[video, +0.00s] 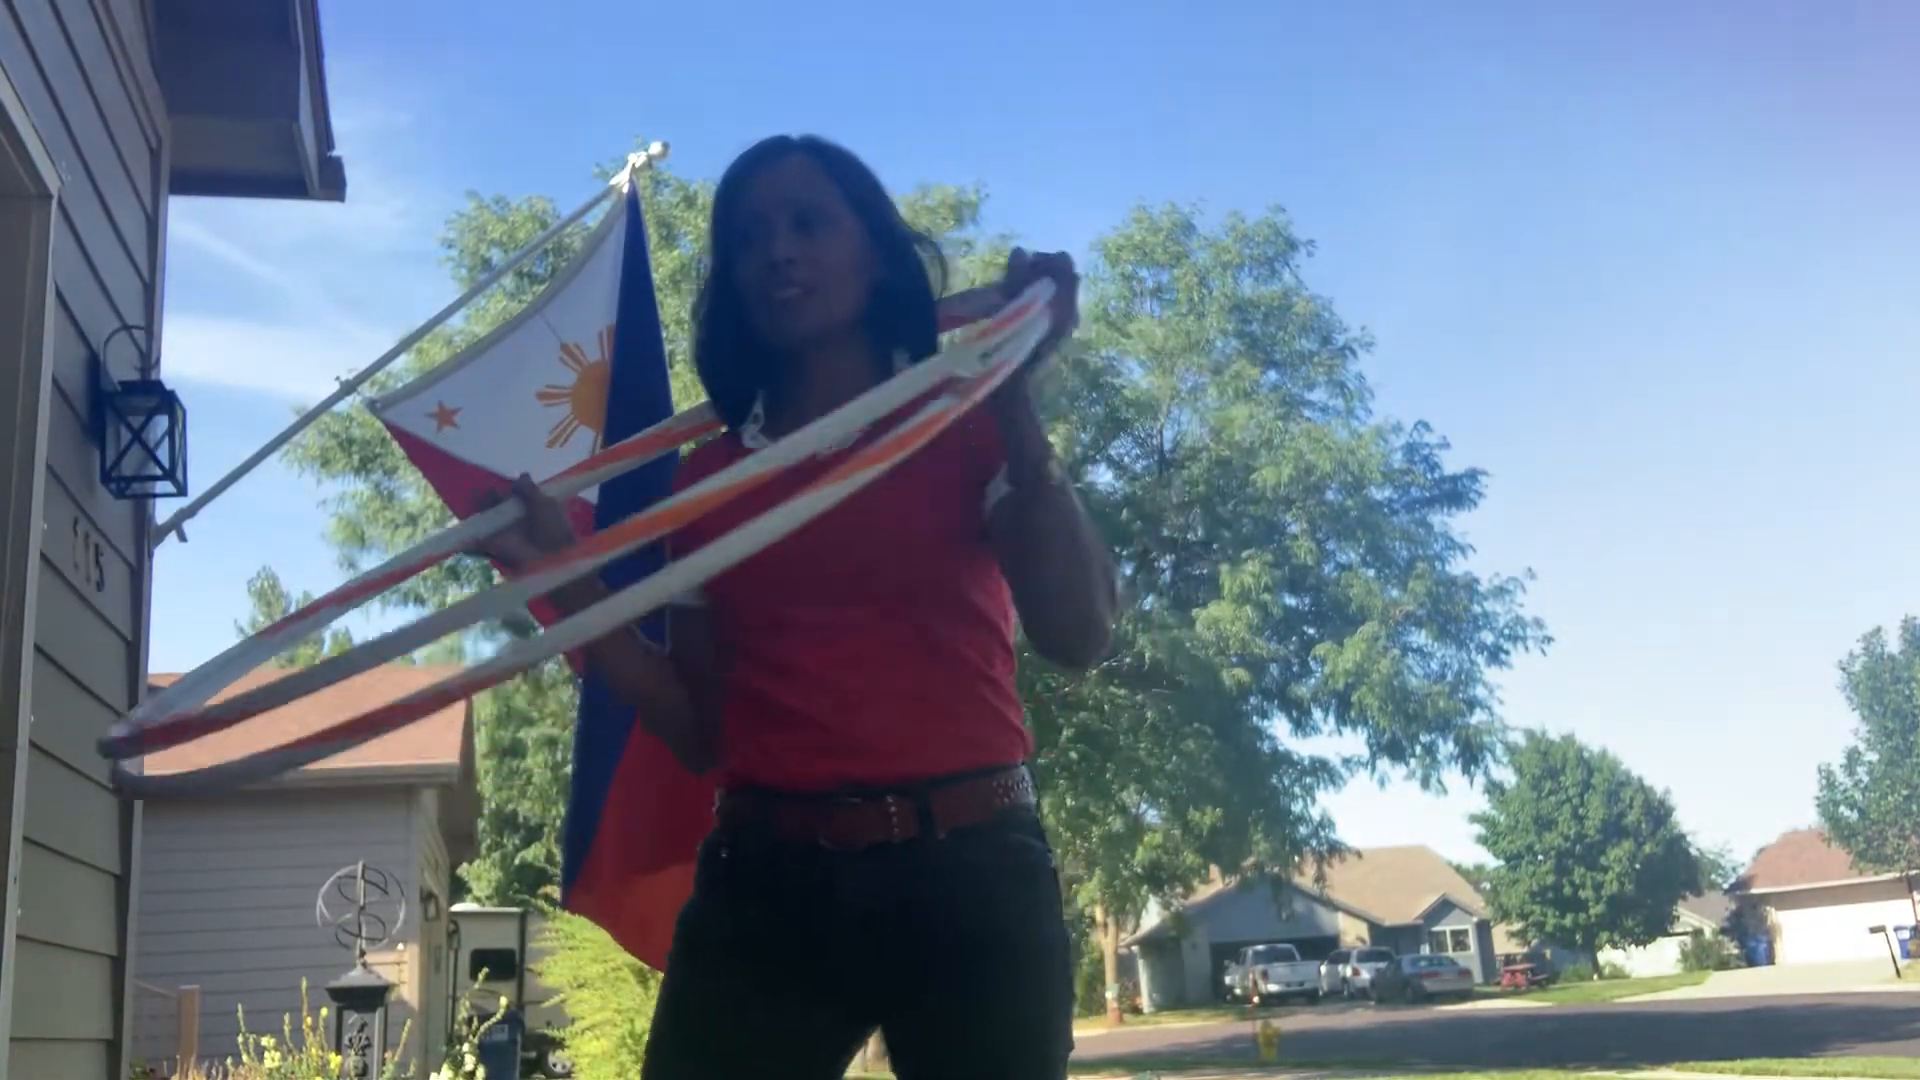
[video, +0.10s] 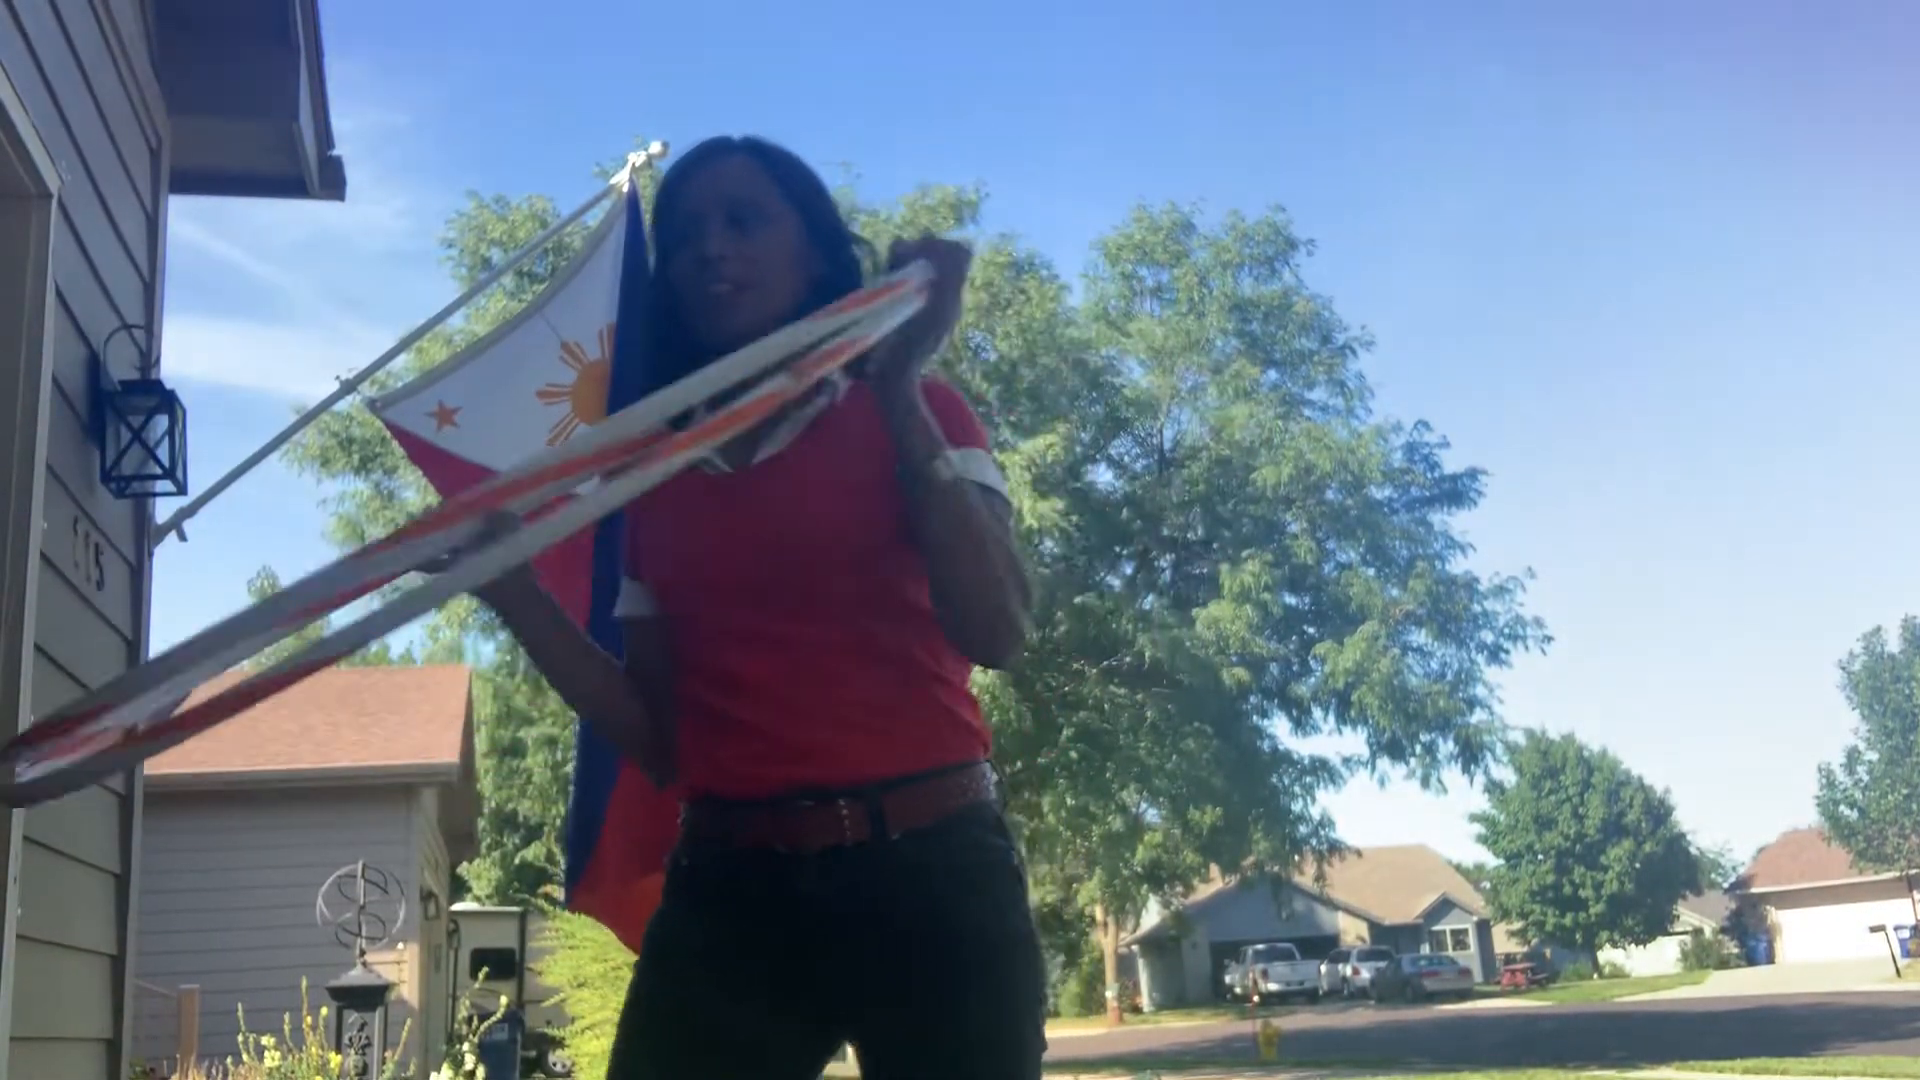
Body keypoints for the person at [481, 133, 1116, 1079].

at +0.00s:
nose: (778, 250)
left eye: (810, 220)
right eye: (750, 232)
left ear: (877, 249)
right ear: (726, 279)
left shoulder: (965, 408)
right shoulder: (711, 474)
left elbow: (1078, 632)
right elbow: (700, 731)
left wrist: (1018, 396)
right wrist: (565, 583)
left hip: (972, 860)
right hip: (771, 869)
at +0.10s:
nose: (711, 250)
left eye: (745, 219)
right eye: (685, 235)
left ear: (817, 251)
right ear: (662, 281)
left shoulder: (914, 406)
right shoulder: (657, 465)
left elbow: (995, 632)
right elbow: (659, 740)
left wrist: (902, 393)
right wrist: (511, 589)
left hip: (933, 861)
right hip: (734, 877)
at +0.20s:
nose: (663, 246)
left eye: (692, 215)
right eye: (635, 231)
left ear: (763, 239)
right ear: (615, 281)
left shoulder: (861, 403)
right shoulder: (625, 479)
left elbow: (906, 615)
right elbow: (616, 732)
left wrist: (792, 379)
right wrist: (476, 590)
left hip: (893, 854)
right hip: (696, 876)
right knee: (622, 1071)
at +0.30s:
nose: (657, 247)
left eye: (689, 217)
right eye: (625, 227)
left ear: (759, 249)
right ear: (597, 283)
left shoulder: (844, 397)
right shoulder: (617, 483)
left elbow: (867, 601)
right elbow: (604, 738)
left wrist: (756, 358)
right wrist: (463, 591)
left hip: (877, 857)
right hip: (682, 878)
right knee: (601, 1068)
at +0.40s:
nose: (667, 251)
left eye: (698, 220)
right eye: (641, 238)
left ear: (774, 240)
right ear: (624, 285)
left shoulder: (870, 407)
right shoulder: (634, 483)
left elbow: (881, 612)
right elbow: (605, 748)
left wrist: (809, 359)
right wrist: (470, 591)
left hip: (886, 867)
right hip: (687, 884)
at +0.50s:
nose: (704, 257)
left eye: (738, 228)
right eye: (681, 253)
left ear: (815, 257)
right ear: (667, 312)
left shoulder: (908, 424)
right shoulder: (645, 482)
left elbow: (928, 652)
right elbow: (606, 745)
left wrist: (842, 475)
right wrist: (517, 553)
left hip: (901, 869)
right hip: (699, 881)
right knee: (602, 1067)